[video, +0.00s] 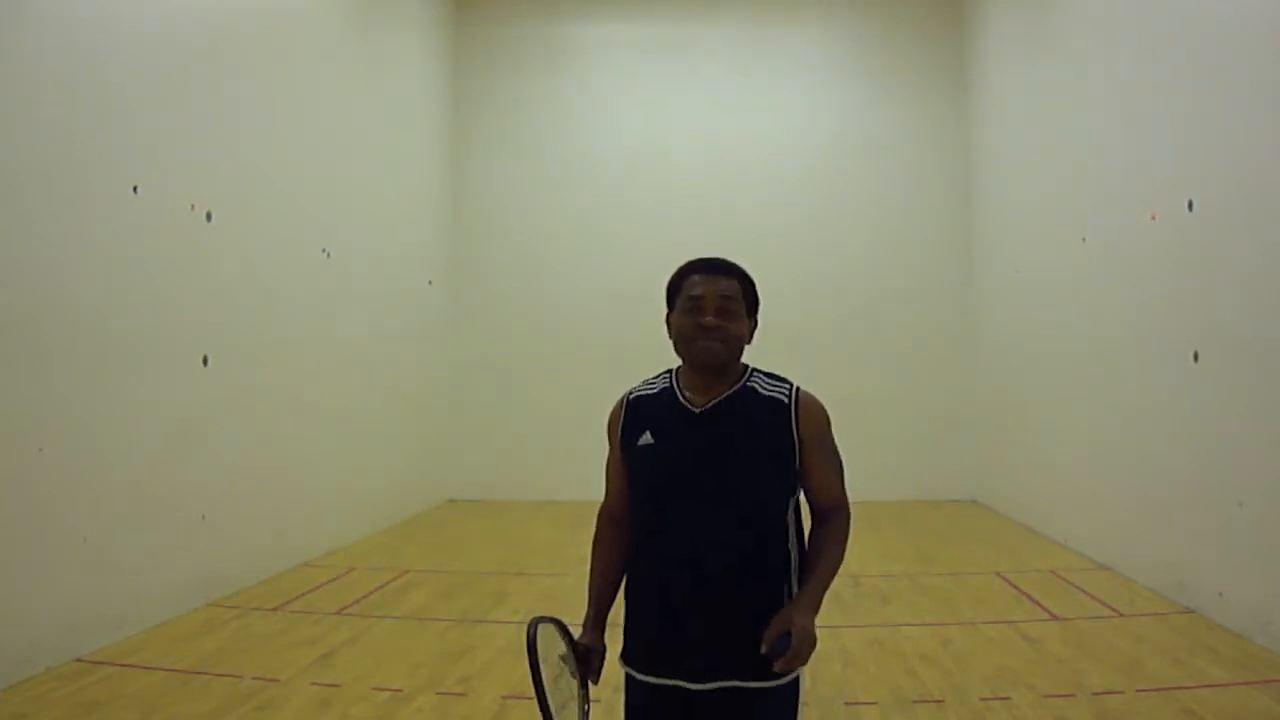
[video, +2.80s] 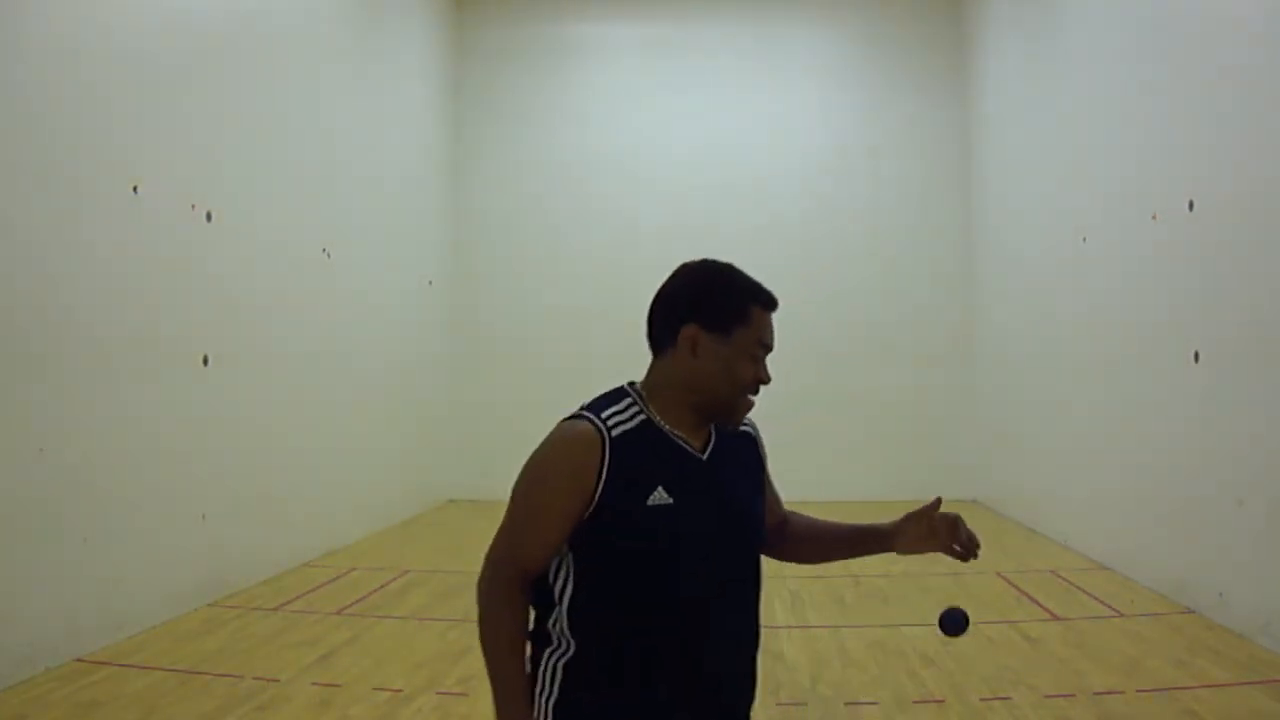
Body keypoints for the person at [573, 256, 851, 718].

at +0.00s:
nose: (709, 319)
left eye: (727, 309)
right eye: (694, 307)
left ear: (750, 329)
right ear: (669, 323)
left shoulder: (796, 413)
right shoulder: (633, 413)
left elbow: (832, 514)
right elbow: (616, 518)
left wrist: (805, 606)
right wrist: (594, 624)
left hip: (757, 667)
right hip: (658, 663)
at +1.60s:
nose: (703, 385)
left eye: (725, 367)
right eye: (686, 364)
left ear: (759, 373)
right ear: (664, 365)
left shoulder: (811, 464)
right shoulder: (631, 441)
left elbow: (855, 555)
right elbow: (630, 525)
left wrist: (826, 673)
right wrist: (608, 636)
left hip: (780, 691)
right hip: (678, 685)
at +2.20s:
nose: (765, 397)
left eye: (788, 377)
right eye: (746, 372)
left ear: (814, 382)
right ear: (712, 367)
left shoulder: (853, 482)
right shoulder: (652, 442)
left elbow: (869, 579)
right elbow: (631, 532)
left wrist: (845, 699)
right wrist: (608, 651)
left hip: (791, 696)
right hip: (677, 689)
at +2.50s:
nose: (813, 339)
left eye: (820, 324)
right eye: (792, 317)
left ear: (827, 331)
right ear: (727, 315)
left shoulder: (835, 439)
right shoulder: (649, 420)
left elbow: (842, 552)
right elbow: (594, 544)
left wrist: (881, 644)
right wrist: (588, 684)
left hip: (780, 698)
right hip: (659, 694)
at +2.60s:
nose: (811, 346)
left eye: (813, 329)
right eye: (796, 324)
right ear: (726, 317)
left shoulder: (808, 431)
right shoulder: (634, 422)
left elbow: (827, 543)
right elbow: (575, 555)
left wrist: (893, 600)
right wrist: (577, 698)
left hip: (769, 703)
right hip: (646, 700)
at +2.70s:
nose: (793, 356)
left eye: (794, 338)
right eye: (781, 335)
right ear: (713, 326)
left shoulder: (778, 435)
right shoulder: (615, 429)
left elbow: (806, 538)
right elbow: (543, 564)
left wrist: (899, 556)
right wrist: (555, 705)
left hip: (748, 702)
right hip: (628, 700)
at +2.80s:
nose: (766, 374)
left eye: (768, 356)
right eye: (757, 353)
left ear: (700, 347)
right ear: (692, 344)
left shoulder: (738, 444)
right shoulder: (587, 445)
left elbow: (779, 533)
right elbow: (503, 583)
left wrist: (892, 537)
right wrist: (516, 713)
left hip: (716, 706)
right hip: (598, 708)